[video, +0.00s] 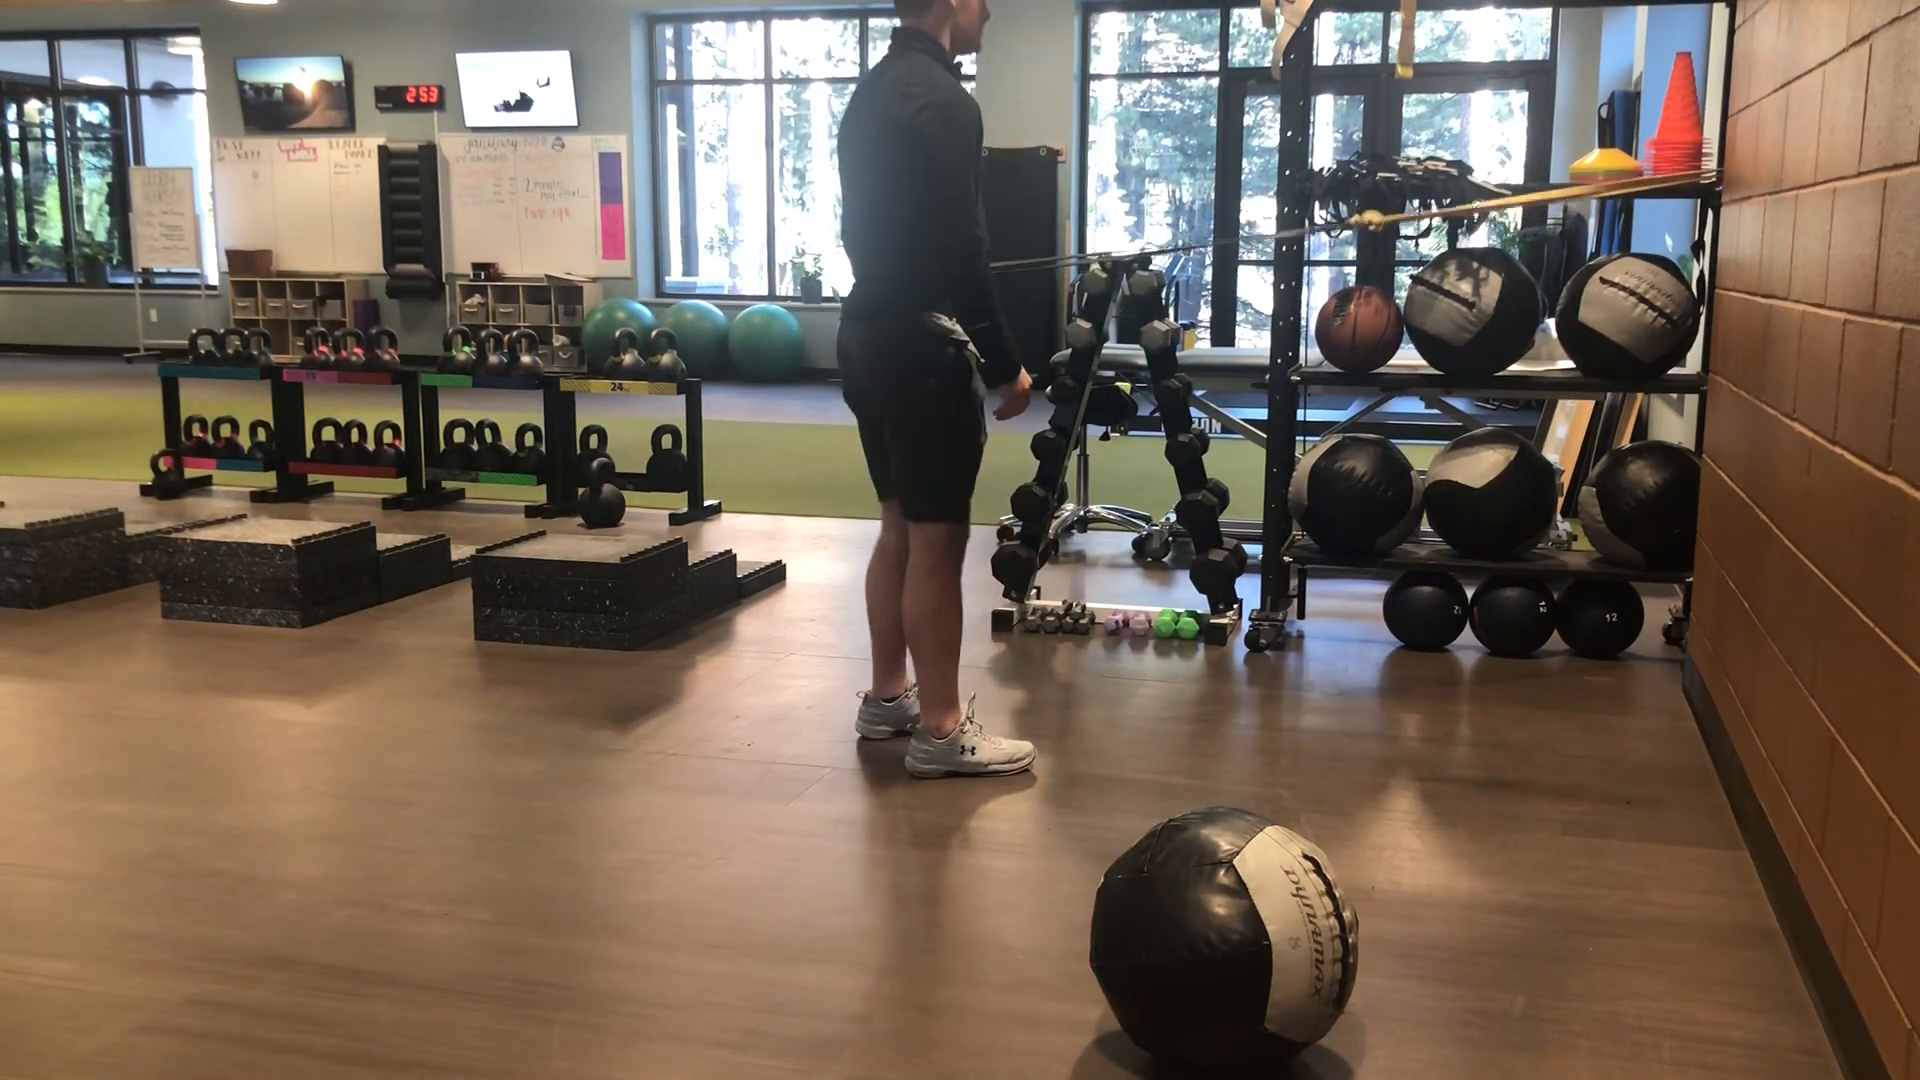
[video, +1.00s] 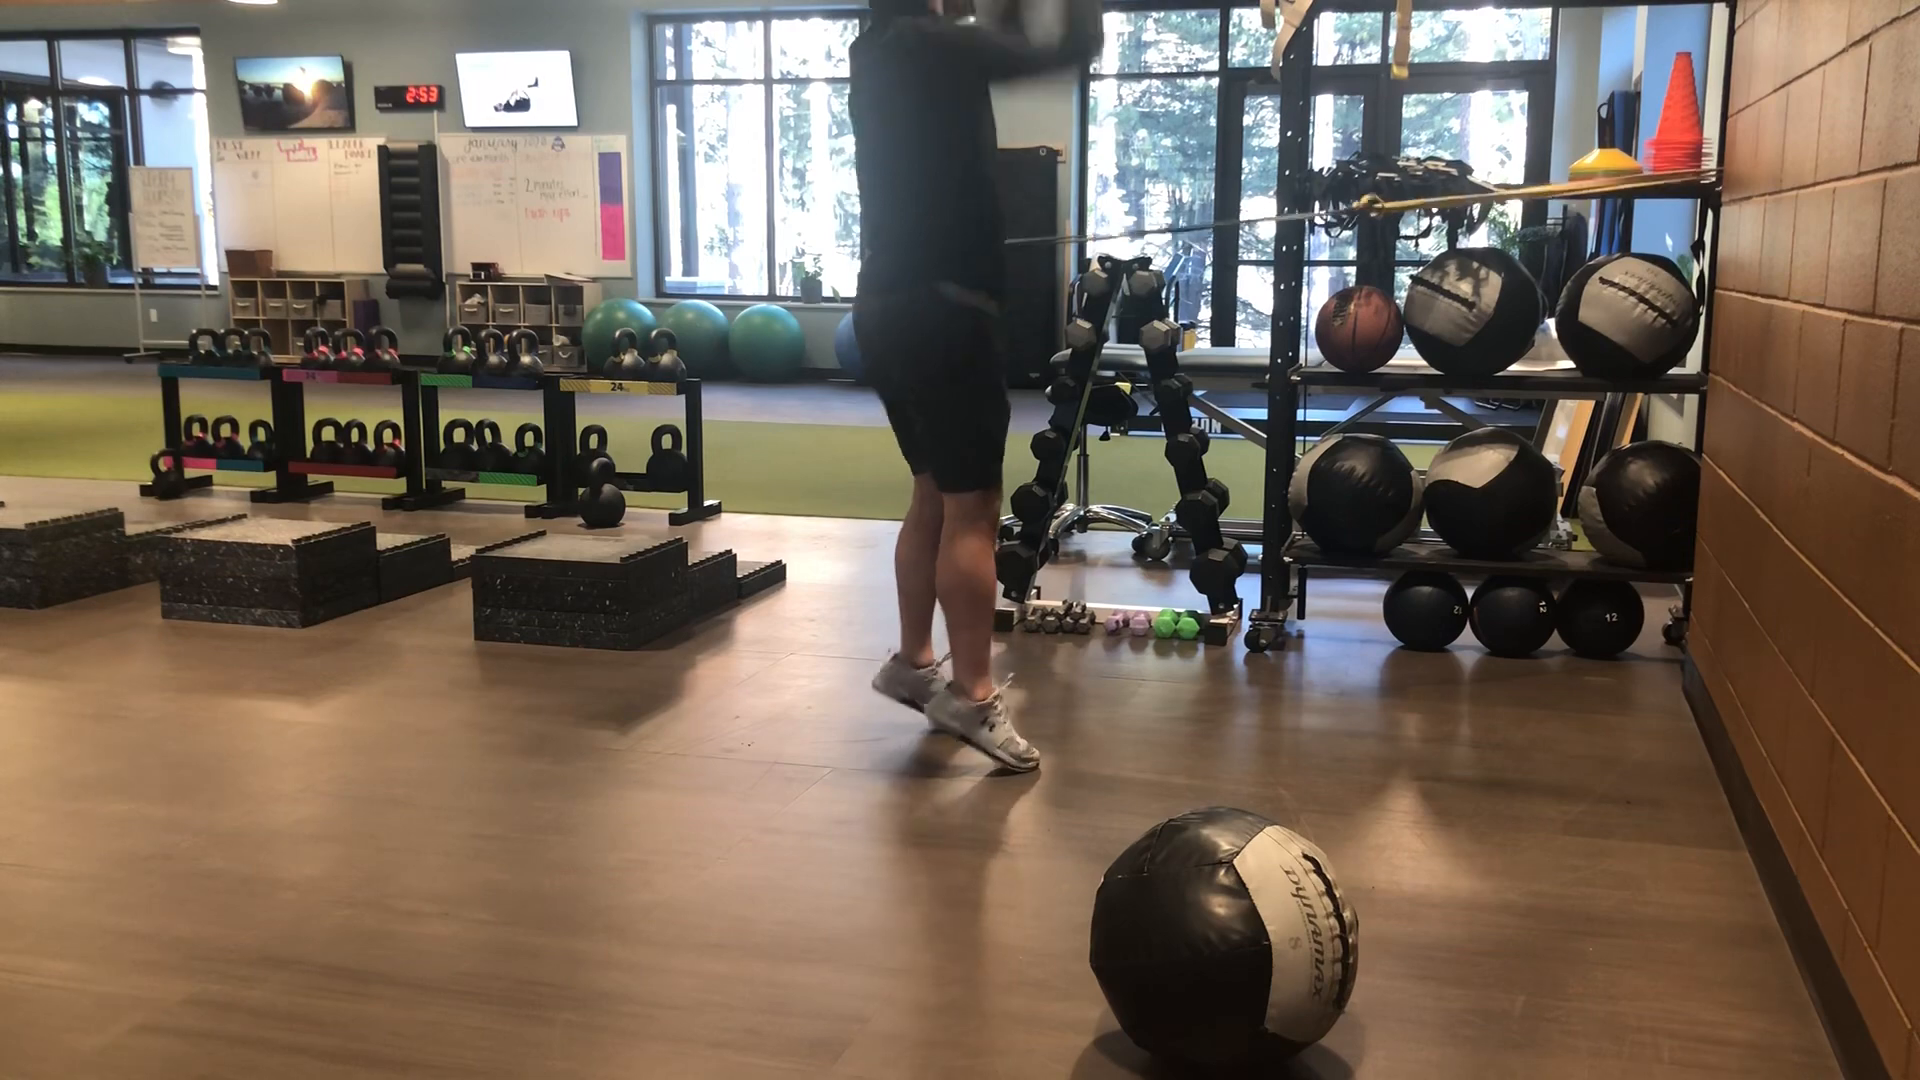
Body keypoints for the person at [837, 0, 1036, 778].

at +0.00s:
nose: (984, 18)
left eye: (982, 8)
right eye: (980, 7)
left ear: (912, 12)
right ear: (955, 7)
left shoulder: (869, 95)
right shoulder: (947, 103)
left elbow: (863, 236)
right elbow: (959, 250)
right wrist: (1006, 361)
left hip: (869, 332)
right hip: (930, 338)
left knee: (899, 524)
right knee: (937, 541)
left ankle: (885, 701)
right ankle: (942, 731)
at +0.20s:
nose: (981, 19)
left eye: (979, 8)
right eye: (977, 6)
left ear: (910, 14)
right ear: (949, 8)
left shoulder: (864, 104)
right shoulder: (941, 105)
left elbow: (899, 242)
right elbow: (965, 248)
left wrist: (980, 312)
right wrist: (1039, 338)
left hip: (871, 337)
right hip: (931, 343)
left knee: (891, 521)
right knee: (949, 538)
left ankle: (885, 697)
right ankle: (944, 729)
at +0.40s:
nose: (980, 16)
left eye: (976, 6)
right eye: (976, 5)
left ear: (912, 13)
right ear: (949, 6)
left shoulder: (872, 96)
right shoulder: (946, 102)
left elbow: (956, 179)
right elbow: (1032, 205)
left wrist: (1045, 169)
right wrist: (1120, 182)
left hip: (876, 338)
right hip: (935, 346)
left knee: (902, 526)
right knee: (947, 543)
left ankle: (885, 700)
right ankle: (943, 731)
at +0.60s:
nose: (975, 10)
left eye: (971, 1)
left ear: (903, 7)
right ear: (943, 3)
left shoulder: (878, 76)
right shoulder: (945, 75)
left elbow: (1000, 60)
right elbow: (1088, 60)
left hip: (886, 323)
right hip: (945, 328)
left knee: (919, 511)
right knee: (960, 530)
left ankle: (900, 679)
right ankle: (953, 717)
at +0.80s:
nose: (979, 14)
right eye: (971, 9)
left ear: (890, 1)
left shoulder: (873, 49)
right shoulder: (949, 36)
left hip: (896, 293)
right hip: (960, 296)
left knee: (930, 483)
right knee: (975, 508)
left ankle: (925, 650)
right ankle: (986, 691)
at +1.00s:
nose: (967, 11)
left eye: (965, 7)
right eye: (962, 4)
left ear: (891, 1)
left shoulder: (871, 52)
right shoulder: (939, 43)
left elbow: (995, 49)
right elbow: (1072, 46)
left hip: (888, 302)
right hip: (946, 304)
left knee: (933, 493)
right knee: (973, 508)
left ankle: (912, 658)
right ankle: (973, 698)